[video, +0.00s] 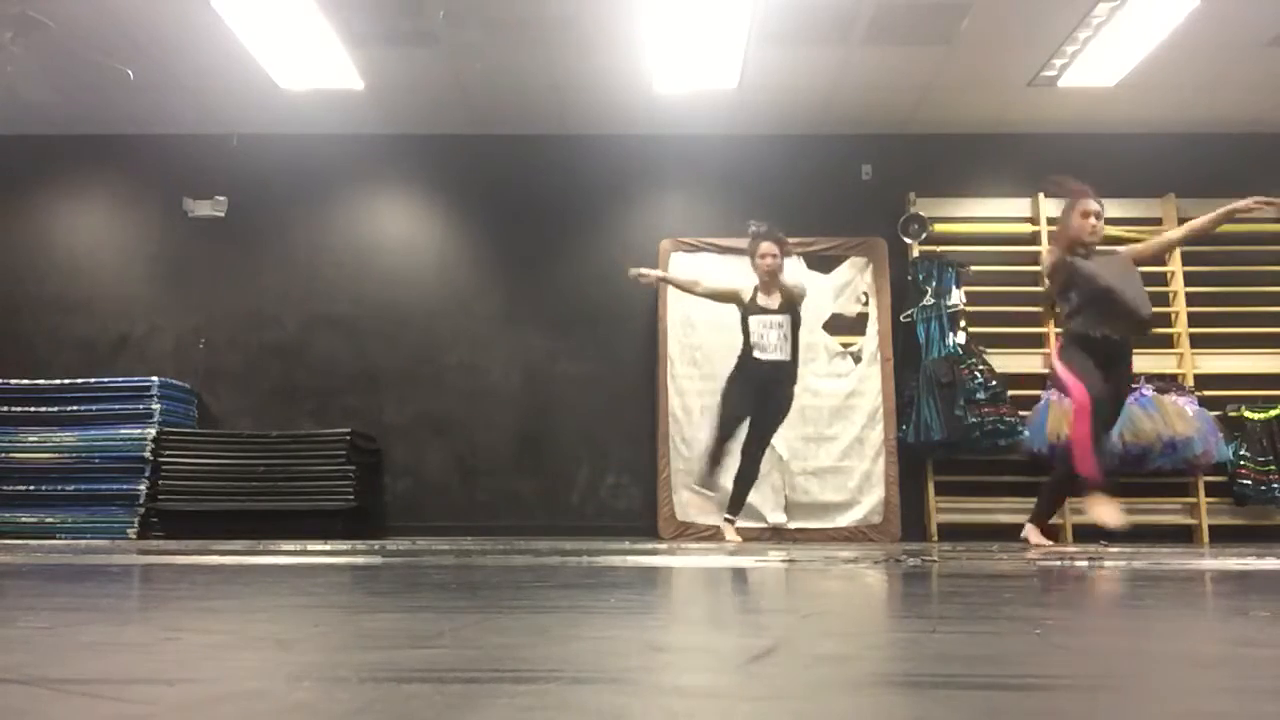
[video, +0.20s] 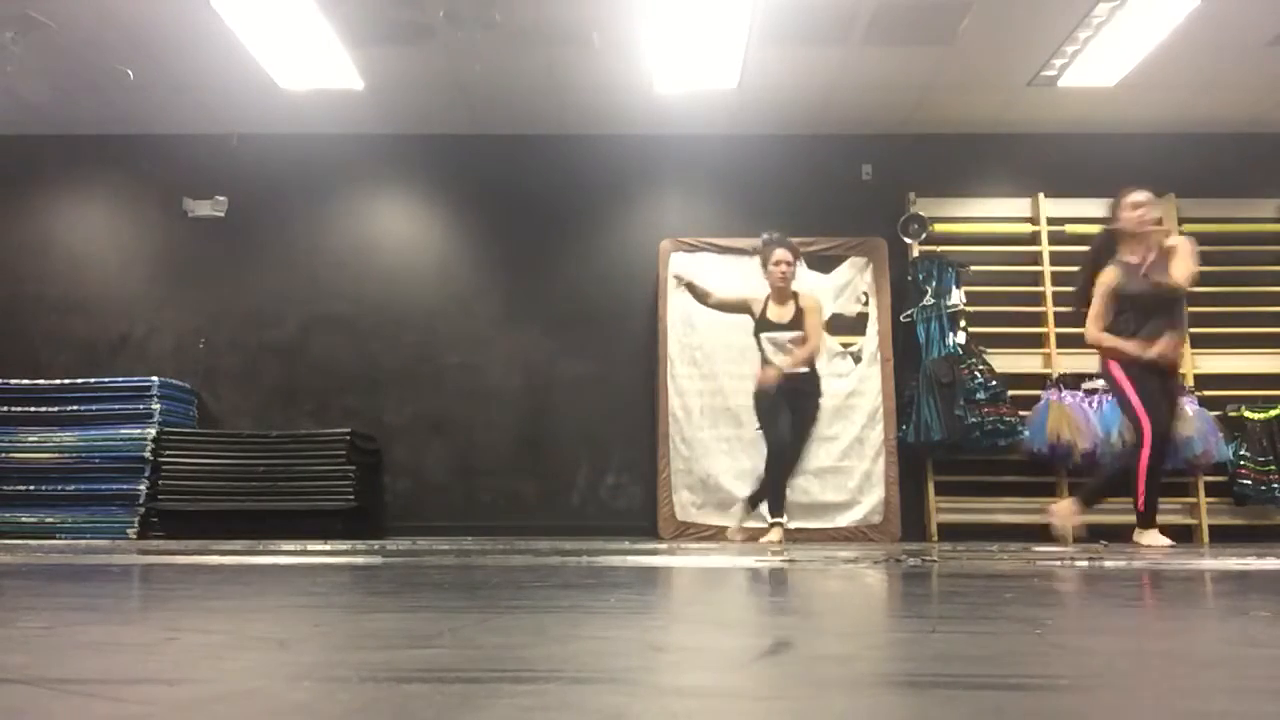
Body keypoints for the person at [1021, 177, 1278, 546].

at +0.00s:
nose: (1094, 222)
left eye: (1100, 217)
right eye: (1086, 215)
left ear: (1104, 226)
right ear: (1067, 222)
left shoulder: (1117, 258)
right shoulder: (1059, 262)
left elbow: (1173, 237)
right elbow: (1052, 260)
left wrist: (1229, 210)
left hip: (1118, 358)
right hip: (1075, 350)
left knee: (1084, 441)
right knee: (1086, 398)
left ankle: (1035, 524)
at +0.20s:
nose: (1144, 212)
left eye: (1148, 205)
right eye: (1134, 208)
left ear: (1158, 212)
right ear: (1118, 221)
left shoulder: (1176, 249)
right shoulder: (1112, 273)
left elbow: (1182, 277)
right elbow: (1093, 333)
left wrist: (1172, 241)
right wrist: (1141, 348)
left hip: (1163, 358)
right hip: (1120, 357)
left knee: (1154, 441)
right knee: (1152, 430)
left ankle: (1073, 507)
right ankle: (1146, 526)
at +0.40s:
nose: (1222, 199)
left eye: (1227, 192)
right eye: (1213, 193)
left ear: (1235, 198)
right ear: (1196, 199)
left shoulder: (1250, 242)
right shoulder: (1173, 232)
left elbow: (1256, 299)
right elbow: (1110, 236)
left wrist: (1238, 346)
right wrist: (1086, 265)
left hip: (1227, 348)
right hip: (1179, 346)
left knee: (1272, 412)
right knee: (1171, 429)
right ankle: (1148, 525)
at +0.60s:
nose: (1270, 233)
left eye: (1273, 226)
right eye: (1260, 228)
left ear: (1279, 236)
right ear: (1242, 241)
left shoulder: (1276, 285)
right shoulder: (1237, 291)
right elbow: (1225, 345)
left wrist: (1177, 335)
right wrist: (1177, 334)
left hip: (1271, 375)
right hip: (1236, 371)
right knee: (1202, 439)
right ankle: (1152, 519)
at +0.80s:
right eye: (1279, 253)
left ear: (1273, 256)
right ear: (1276, 256)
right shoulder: (1268, 286)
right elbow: (1242, 343)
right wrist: (1277, 353)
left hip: (1262, 382)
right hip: (1222, 377)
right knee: (1217, 445)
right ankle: (1162, 528)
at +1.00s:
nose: (1277, 264)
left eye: (1279, 258)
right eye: (1271, 257)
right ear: (1253, 264)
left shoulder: (1275, 305)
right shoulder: (1224, 288)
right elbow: (1162, 286)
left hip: (1256, 404)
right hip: (1204, 397)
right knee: (1207, 446)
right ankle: (1159, 529)